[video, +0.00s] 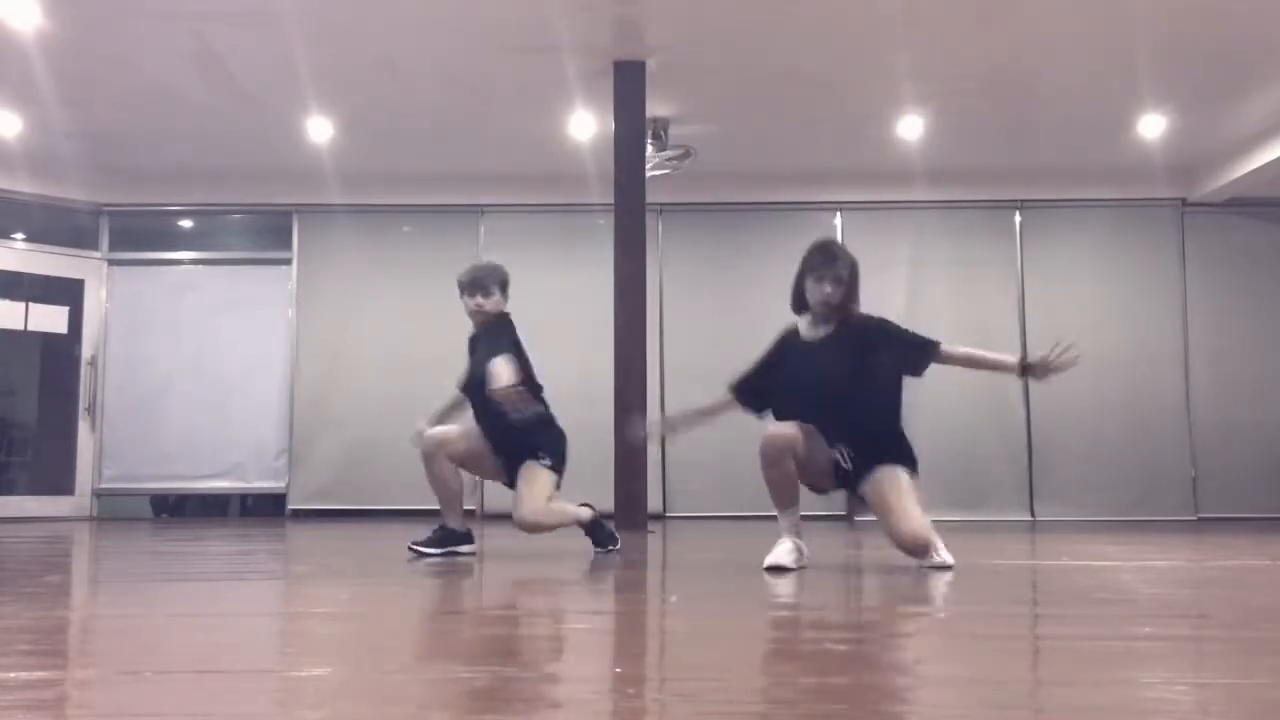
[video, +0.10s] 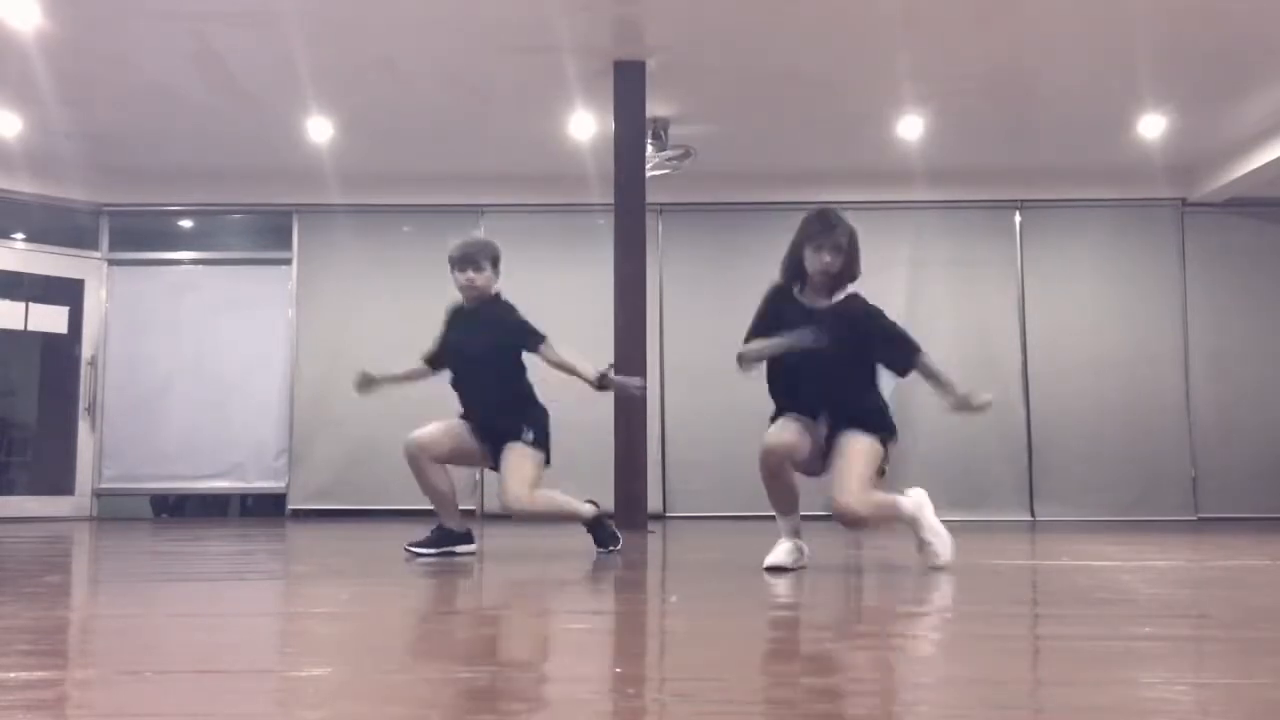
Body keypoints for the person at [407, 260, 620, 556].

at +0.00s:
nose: (478, 302)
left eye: (487, 294)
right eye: (471, 294)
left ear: (504, 299)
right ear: (461, 300)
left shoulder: (499, 333)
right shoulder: (480, 338)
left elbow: (503, 364)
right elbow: (467, 388)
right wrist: (433, 421)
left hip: (538, 444)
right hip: (502, 443)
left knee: (529, 516)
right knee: (434, 442)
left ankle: (586, 516)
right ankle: (455, 531)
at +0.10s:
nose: (468, 277)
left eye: (477, 269)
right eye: (461, 270)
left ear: (495, 274)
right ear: (452, 275)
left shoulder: (502, 314)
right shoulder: (457, 318)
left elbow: (547, 351)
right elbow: (430, 367)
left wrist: (591, 376)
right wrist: (381, 380)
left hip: (522, 426)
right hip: (482, 428)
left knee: (517, 500)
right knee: (420, 445)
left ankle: (591, 515)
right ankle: (453, 531)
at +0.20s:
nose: (464, 266)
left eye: (472, 258)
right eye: (456, 259)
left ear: (488, 262)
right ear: (445, 263)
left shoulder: (506, 306)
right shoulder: (433, 299)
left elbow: (539, 357)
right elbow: (419, 358)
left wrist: (567, 404)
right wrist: (461, 352)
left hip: (512, 404)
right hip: (467, 404)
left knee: (482, 462)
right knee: (436, 447)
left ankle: (553, 501)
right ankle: (448, 525)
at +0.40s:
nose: (473, 289)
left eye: (480, 280)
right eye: (464, 282)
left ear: (496, 284)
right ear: (453, 287)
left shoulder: (507, 328)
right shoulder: (445, 322)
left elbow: (497, 379)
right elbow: (441, 383)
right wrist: (449, 442)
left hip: (490, 424)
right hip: (440, 421)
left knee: (555, 461)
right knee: (397, 452)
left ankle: (484, 518)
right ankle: (428, 522)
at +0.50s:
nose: (478, 304)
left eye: (486, 295)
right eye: (468, 297)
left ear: (501, 300)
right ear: (458, 305)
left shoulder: (508, 344)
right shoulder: (446, 348)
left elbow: (495, 395)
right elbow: (404, 400)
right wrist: (356, 442)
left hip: (487, 445)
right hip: (436, 447)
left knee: (559, 463)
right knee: (377, 467)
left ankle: (488, 516)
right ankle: (430, 520)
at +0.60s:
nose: (478, 316)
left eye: (485, 308)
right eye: (469, 311)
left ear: (500, 313)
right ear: (459, 318)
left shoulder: (511, 355)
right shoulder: (445, 358)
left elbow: (495, 407)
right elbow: (389, 396)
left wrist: (486, 447)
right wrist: (329, 423)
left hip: (480, 441)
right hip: (435, 444)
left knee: (542, 452)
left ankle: (481, 522)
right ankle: (429, 523)